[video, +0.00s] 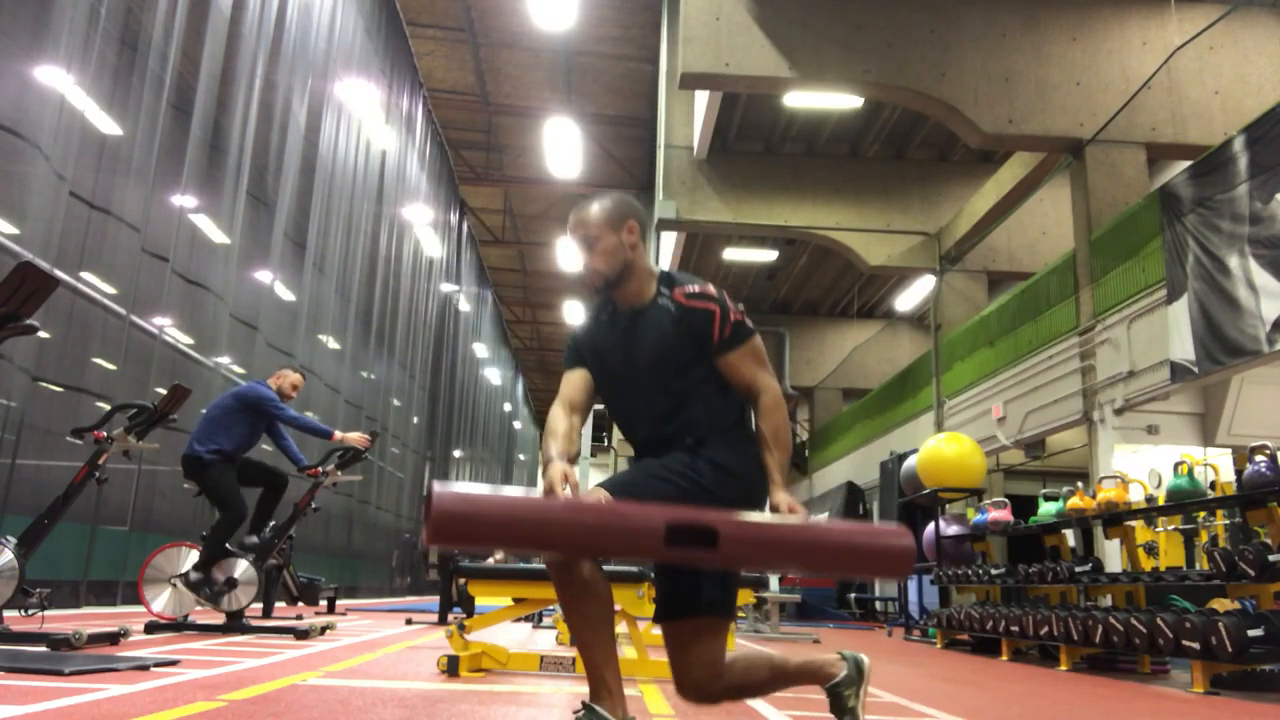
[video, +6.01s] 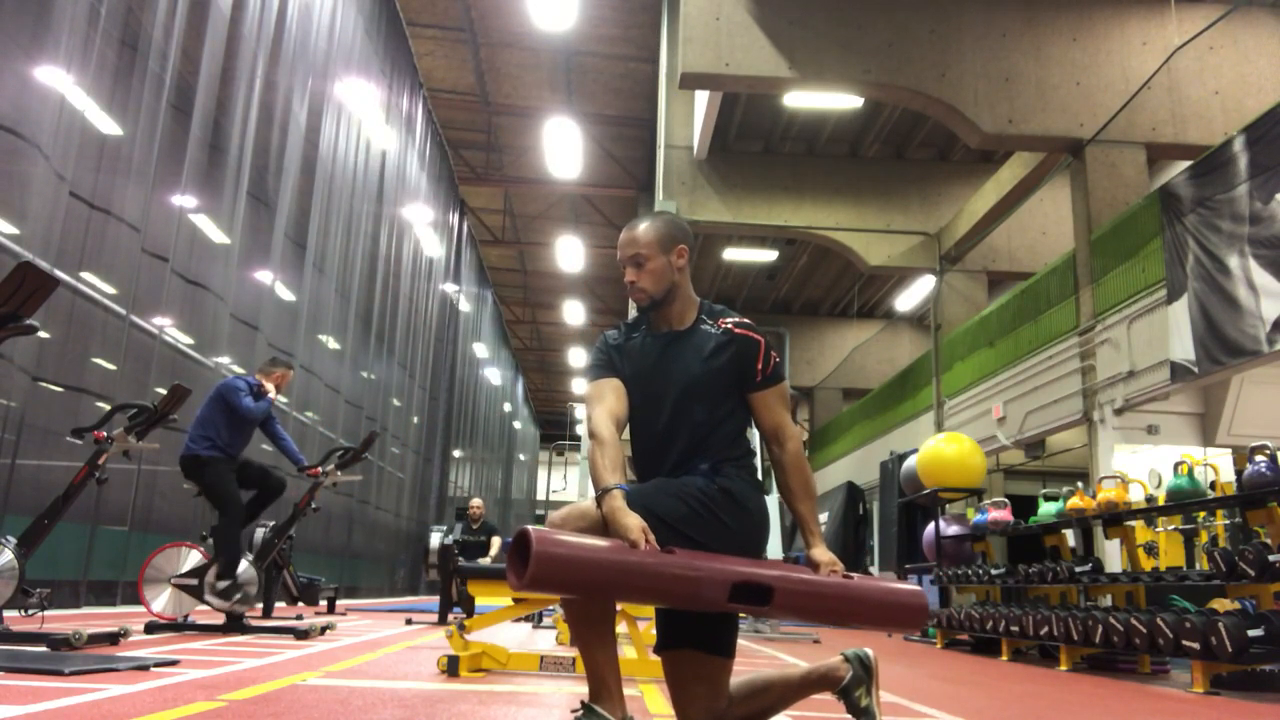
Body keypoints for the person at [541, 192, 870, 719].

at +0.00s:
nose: (583, 261)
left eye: (591, 246)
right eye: (578, 249)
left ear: (631, 236)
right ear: (579, 249)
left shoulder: (700, 303)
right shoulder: (593, 334)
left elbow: (766, 389)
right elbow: (567, 407)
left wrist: (778, 483)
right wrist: (556, 460)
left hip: (722, 470)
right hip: (668, 477)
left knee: (566, 525)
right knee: (700, 679)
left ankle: (609, 707)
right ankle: (837, 670)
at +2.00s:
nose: (595, 96)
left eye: (603, 82)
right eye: (593, 87)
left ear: (644, 70)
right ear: (643, 76)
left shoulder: (656, 129)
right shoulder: (647, 138)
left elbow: (563, 196)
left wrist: (457, 204)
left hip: (650, 345)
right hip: (619, 339)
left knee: (601, 528)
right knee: (491, 397)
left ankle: (614, 707)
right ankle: (573, 529)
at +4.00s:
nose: (587, 96)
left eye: (595, 80)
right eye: (583, 87)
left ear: (639, 71)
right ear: (629, 79)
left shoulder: (666, 141)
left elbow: (616, 240)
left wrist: (506, 287)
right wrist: (516, 189)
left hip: (653, 363)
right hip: (661, 363)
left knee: (588, 527)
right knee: (639, 529)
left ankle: (612, 707)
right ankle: (775, 594)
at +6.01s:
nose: (627, 277)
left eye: (638, 263)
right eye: (623, 265)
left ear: (679, 259)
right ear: (623, 267)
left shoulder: (737, 339)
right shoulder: (616, 346)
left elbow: (783, 439)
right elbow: (603, 429)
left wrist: (815, 541)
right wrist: (614, 504)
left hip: (728, 509)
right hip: (670, 519)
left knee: (570, 525)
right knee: (702, 708)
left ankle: (608, 706)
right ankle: (841, 672)